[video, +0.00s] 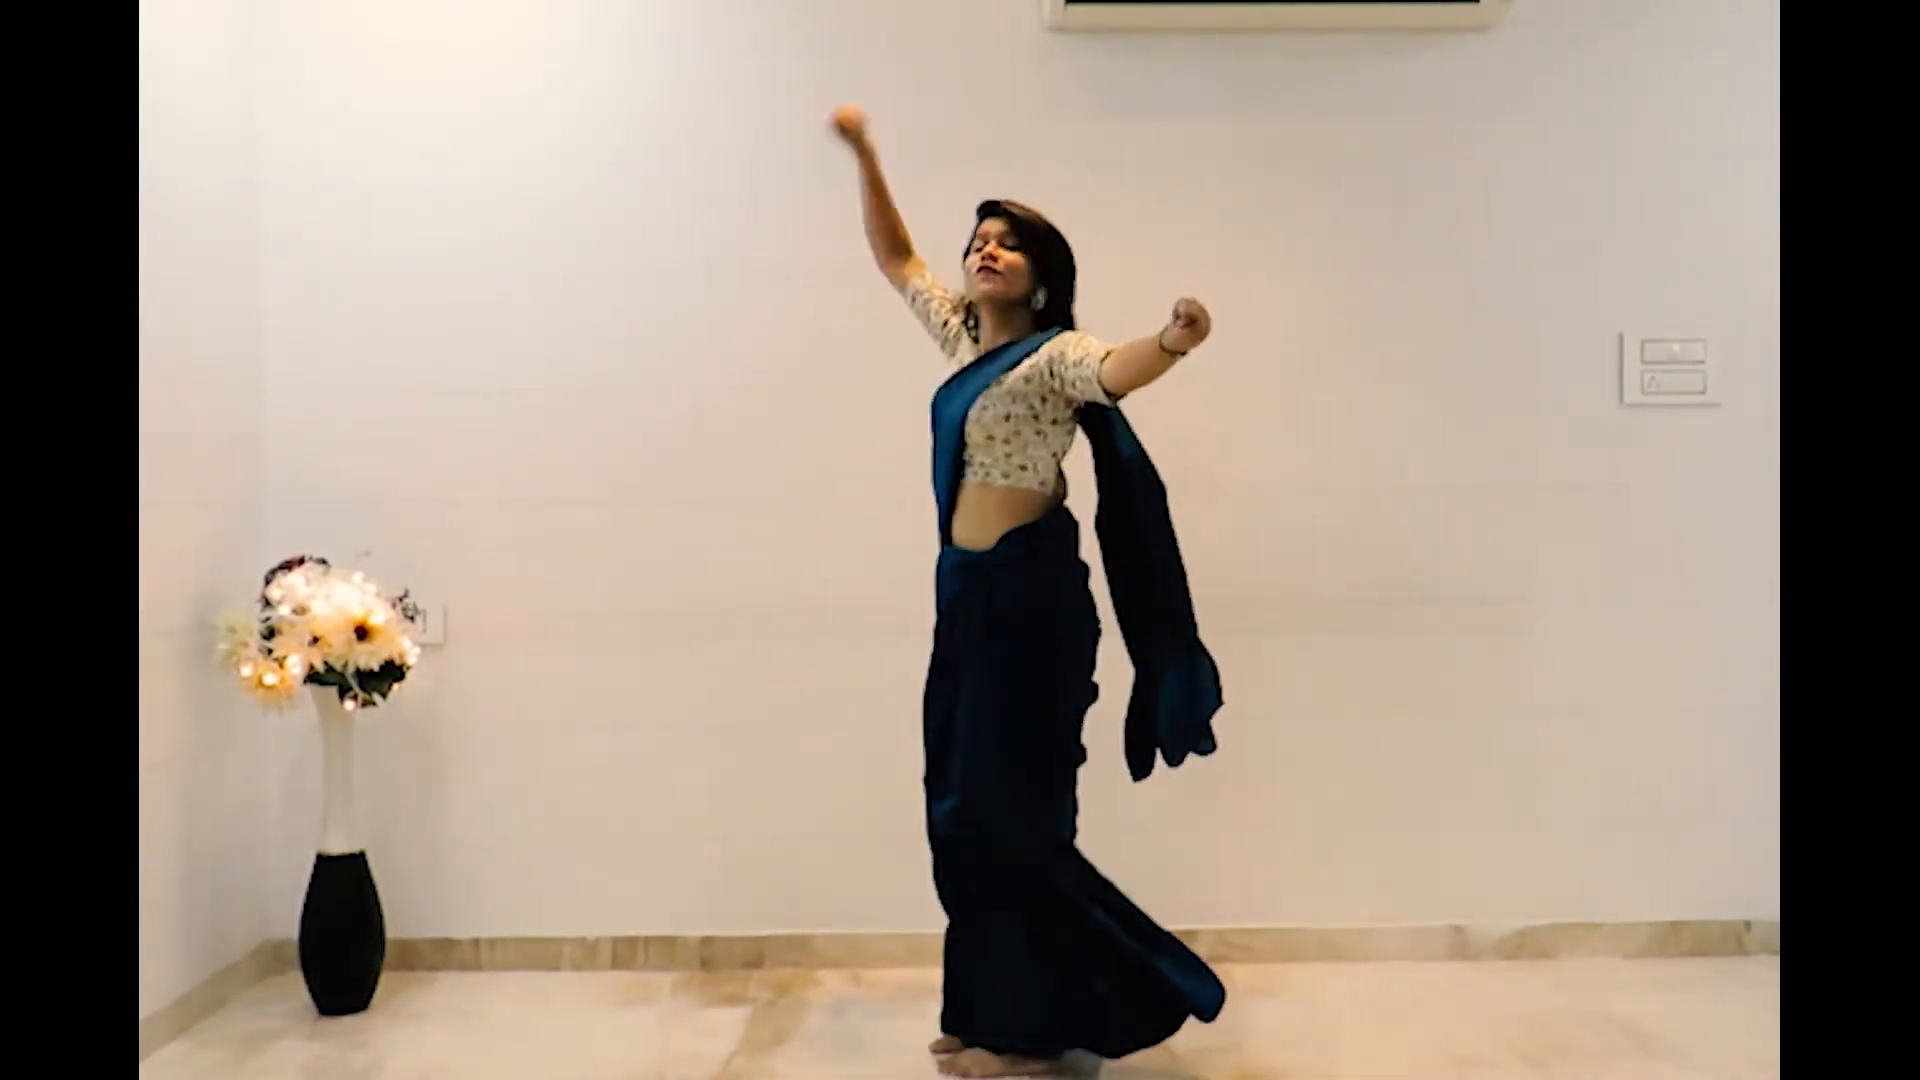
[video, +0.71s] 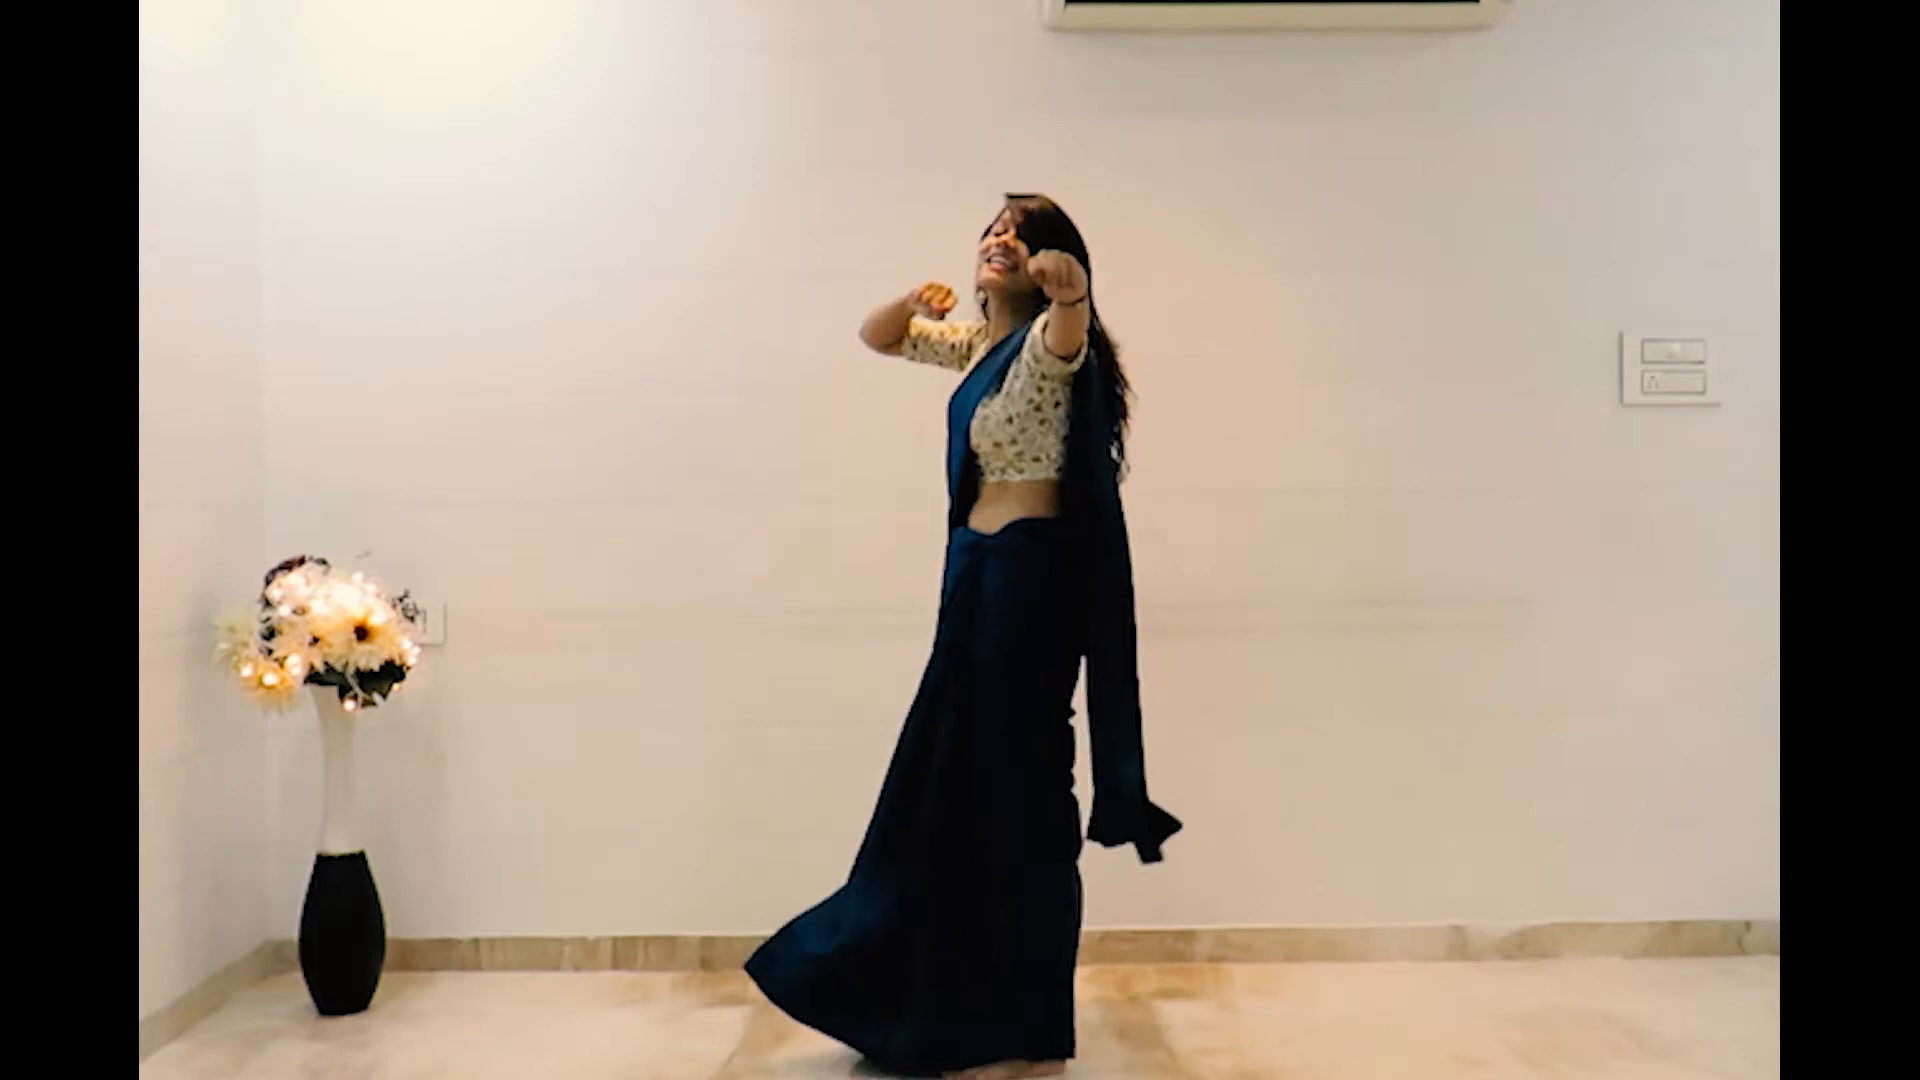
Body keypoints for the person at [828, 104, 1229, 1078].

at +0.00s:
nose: (985, 253)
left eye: (1005, 247)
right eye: (980, 245)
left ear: (1043, 275)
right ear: (967, 273)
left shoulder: (1055, 353)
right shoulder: (964, 343)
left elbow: (1113, 370)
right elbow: (898, 261)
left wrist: (1169, 342)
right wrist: (864, 155)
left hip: (1028, 596)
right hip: (965, 597)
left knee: (999, 811)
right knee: (960, 810)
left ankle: (1046, 1024)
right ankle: (995, 1022)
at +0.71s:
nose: (996, 244)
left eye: (1015, 237)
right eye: (991, 232)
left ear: (1043, 267)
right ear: (978, 259)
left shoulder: (1050, 347)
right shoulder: (977, 347)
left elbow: (1069, 301)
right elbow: (877, 335)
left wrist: (1054, 275)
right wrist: (914, 298)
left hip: (1030, 568)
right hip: (977, 569)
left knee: (1008, 784)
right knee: (969, 781)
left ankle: (1013, 1009)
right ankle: (971, 1002)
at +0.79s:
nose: (1010, 244)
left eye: (1029, 236)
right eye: (1000, 233)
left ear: (1061, 266)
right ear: (985, 260)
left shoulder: (1059, 345)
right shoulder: (976, 359)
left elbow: (1081, 355)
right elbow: (885, 388)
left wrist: (1062, 303)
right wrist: (912, 366)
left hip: (1024, 568)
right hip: (966, 572)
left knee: (1009, 782)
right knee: (968, 780)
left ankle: (1025, 1002)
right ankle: (979, 997)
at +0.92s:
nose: (993, 256)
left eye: (1015, 247)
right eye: (992, 244)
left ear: (1054, 276)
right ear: (989, 269)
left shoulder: (1062, 344)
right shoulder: (985, 373)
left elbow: (1082, 370)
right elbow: (960, 456)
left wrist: (989, 388)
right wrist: (917, 468)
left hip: (1028, 598)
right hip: (973, 601)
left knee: (1002, 805)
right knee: (983, 807)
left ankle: (1018, 1031)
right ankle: (998, 1026)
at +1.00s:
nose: (972, 256)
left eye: (988, 247)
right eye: (979, 243)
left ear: (1029, 270)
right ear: (1018, 269)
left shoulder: (1047, 333)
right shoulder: (1005, 356)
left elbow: (1008, 330)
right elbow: (963, 405)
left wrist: (902, 351)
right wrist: (925, 424)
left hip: (1023, 581)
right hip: (989, 582)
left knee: (987, 795)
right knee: (982, 796)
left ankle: (1009, 1026)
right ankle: (999, 1019)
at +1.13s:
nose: (977, 246)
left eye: (992, 242)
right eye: (987, 237)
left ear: (1015, 273)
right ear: (1038, 278)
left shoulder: (999, 354)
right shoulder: (1041, 341)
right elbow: (934, 326)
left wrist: (906, 239)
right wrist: (869, 377)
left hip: (1008, 591)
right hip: (1046, 578)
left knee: (947, 796)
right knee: (998, 797)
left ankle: (974, 1014)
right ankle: (1010, 1008)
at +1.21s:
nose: (978, 280)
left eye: (990, 272)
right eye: (986, 267)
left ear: (1014, 301)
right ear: (1061, 305)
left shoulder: (971, 389)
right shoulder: (1065, 374)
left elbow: (864, 405)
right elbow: (956, 353)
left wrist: (923, 297)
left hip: (1001, 627)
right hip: (1068, 611)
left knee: (917, 797)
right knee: (1004, 804)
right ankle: (1014, 998)